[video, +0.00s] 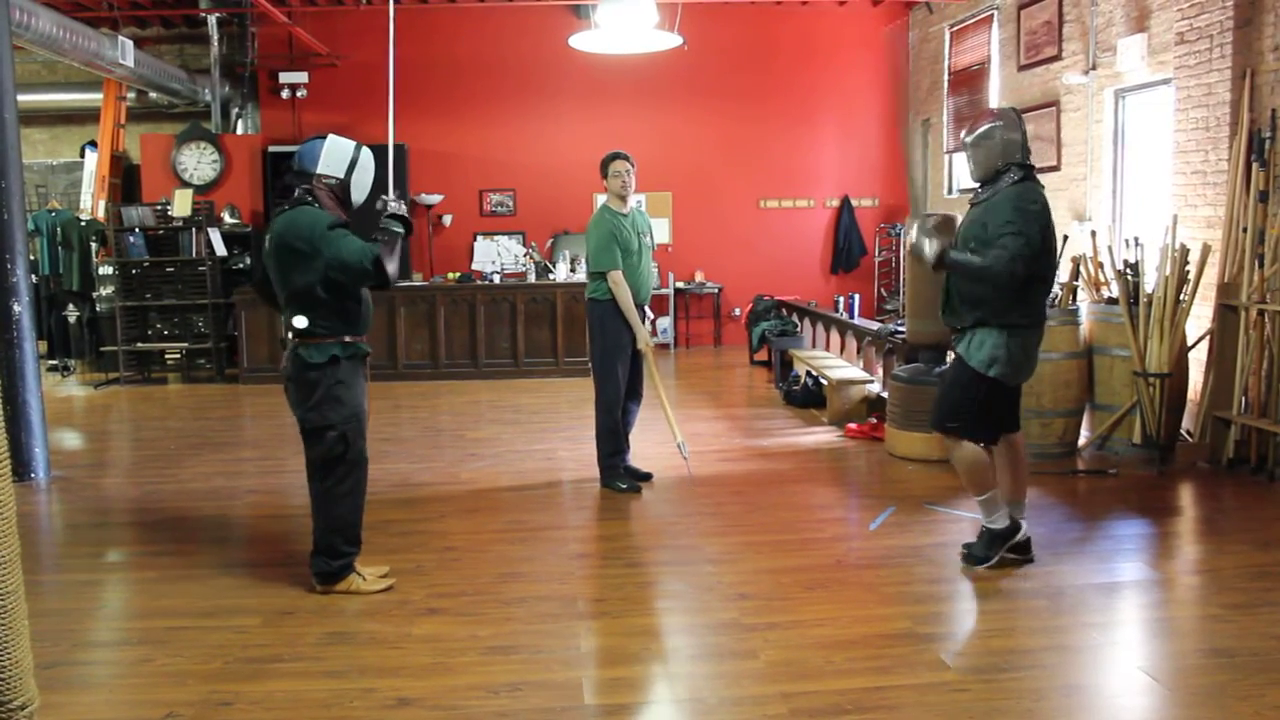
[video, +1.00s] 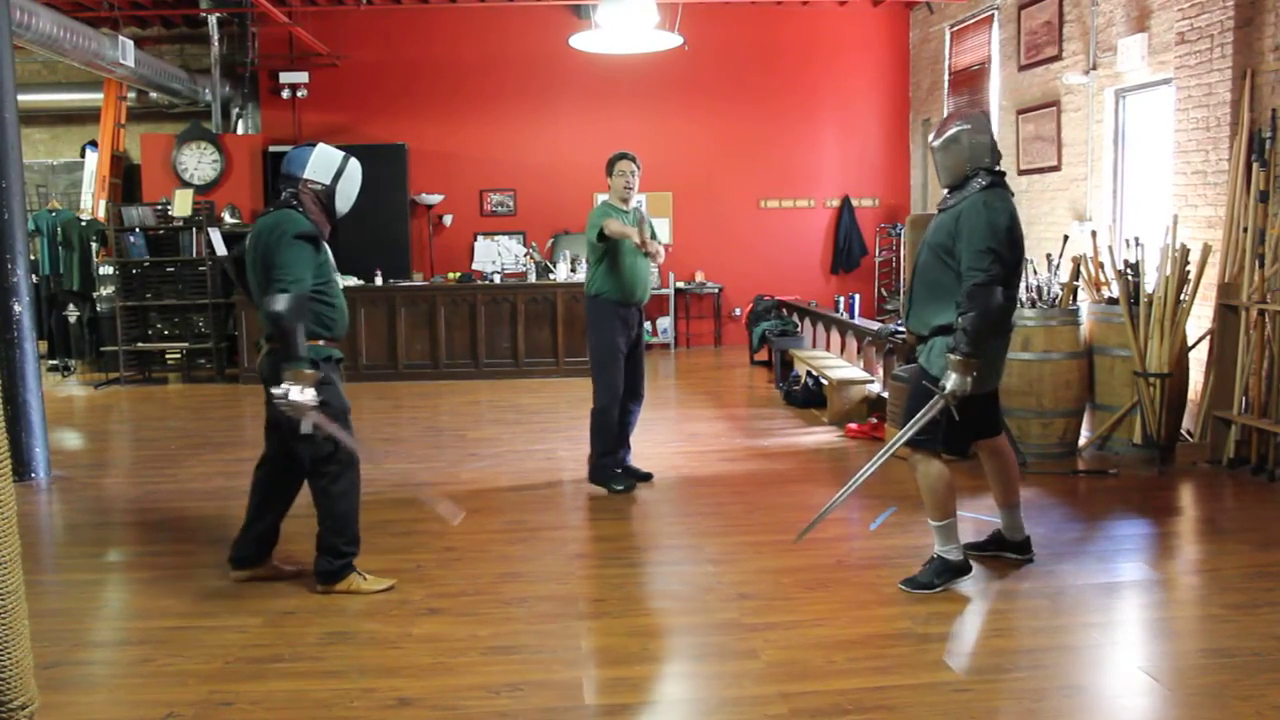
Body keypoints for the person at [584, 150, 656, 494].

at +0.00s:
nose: (625, 179)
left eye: (629, 173)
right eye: (617, 175)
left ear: (635, 179)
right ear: (605, 182)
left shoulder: (640, 217)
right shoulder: (603, 222)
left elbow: (644, 264)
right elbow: (615, 280)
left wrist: (645, 306)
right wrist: (638, 328)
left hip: (634, 307)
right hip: (608, 309)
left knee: (632, 390)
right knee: (611, 391)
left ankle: (620, 460)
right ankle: (610, 470)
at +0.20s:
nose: (628, 179)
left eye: (632, 174)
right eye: (620, 175)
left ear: (637, 179)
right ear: (606, 182)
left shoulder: (637, 217)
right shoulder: (604, 221)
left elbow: (643, 267)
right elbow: (619, 276)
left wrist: (646, 311)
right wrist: (639, 322)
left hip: (632, 307)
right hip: (608, 308)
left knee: (632, 390)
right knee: (611, 390)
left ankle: (620, 461)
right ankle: (610, 470)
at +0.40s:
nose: (629, 180)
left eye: (633, 174)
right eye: (622, 175)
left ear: (638, 180)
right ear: (608, 182)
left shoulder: (637, 219)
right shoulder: (605, 218)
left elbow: (644, 265)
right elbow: (619, 266)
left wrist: (649, 303)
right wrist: (642, 307)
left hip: (632, 307)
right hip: (608, 308)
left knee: (630, 389)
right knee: (612, 389)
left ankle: (620, 461)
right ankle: (610, 470)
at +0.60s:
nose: (628, 179)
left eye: (632, 174)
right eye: (621, 174)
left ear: (638, 179)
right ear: (608, 181)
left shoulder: (640, 219)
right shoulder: (605, 217)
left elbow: (652, 258)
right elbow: (621, 255)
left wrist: (652, 296)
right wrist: (648, 285)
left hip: (633, 308)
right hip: (607, 308)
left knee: (632, 389)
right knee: (611, 389)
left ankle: (620, 460)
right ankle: (610, 469)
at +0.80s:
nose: (629, 179)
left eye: (633, 174)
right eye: (621, 174)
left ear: (638, 180)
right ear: (608, 181)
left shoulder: (643, 219)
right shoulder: (601, 214)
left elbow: (662, 253)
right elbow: (617, 234)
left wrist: (656, 252)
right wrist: (644, 247)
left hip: (634, 311)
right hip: (607, 310)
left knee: (632, 391)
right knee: (610, 391)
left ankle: (621, 460)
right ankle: (610, 469)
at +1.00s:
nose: (629, 179)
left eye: (634, 174)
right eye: (622, 174)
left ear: (639, 181)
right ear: (609, 180)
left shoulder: (642, 220)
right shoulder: (600, 213)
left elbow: (659, 255)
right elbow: (612, 229)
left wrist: (653, 249)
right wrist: (639, 240)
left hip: (633, 311)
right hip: (606, 309)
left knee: (632, 392)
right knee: (610, 391)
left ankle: (619, 459)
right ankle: (601, 467)